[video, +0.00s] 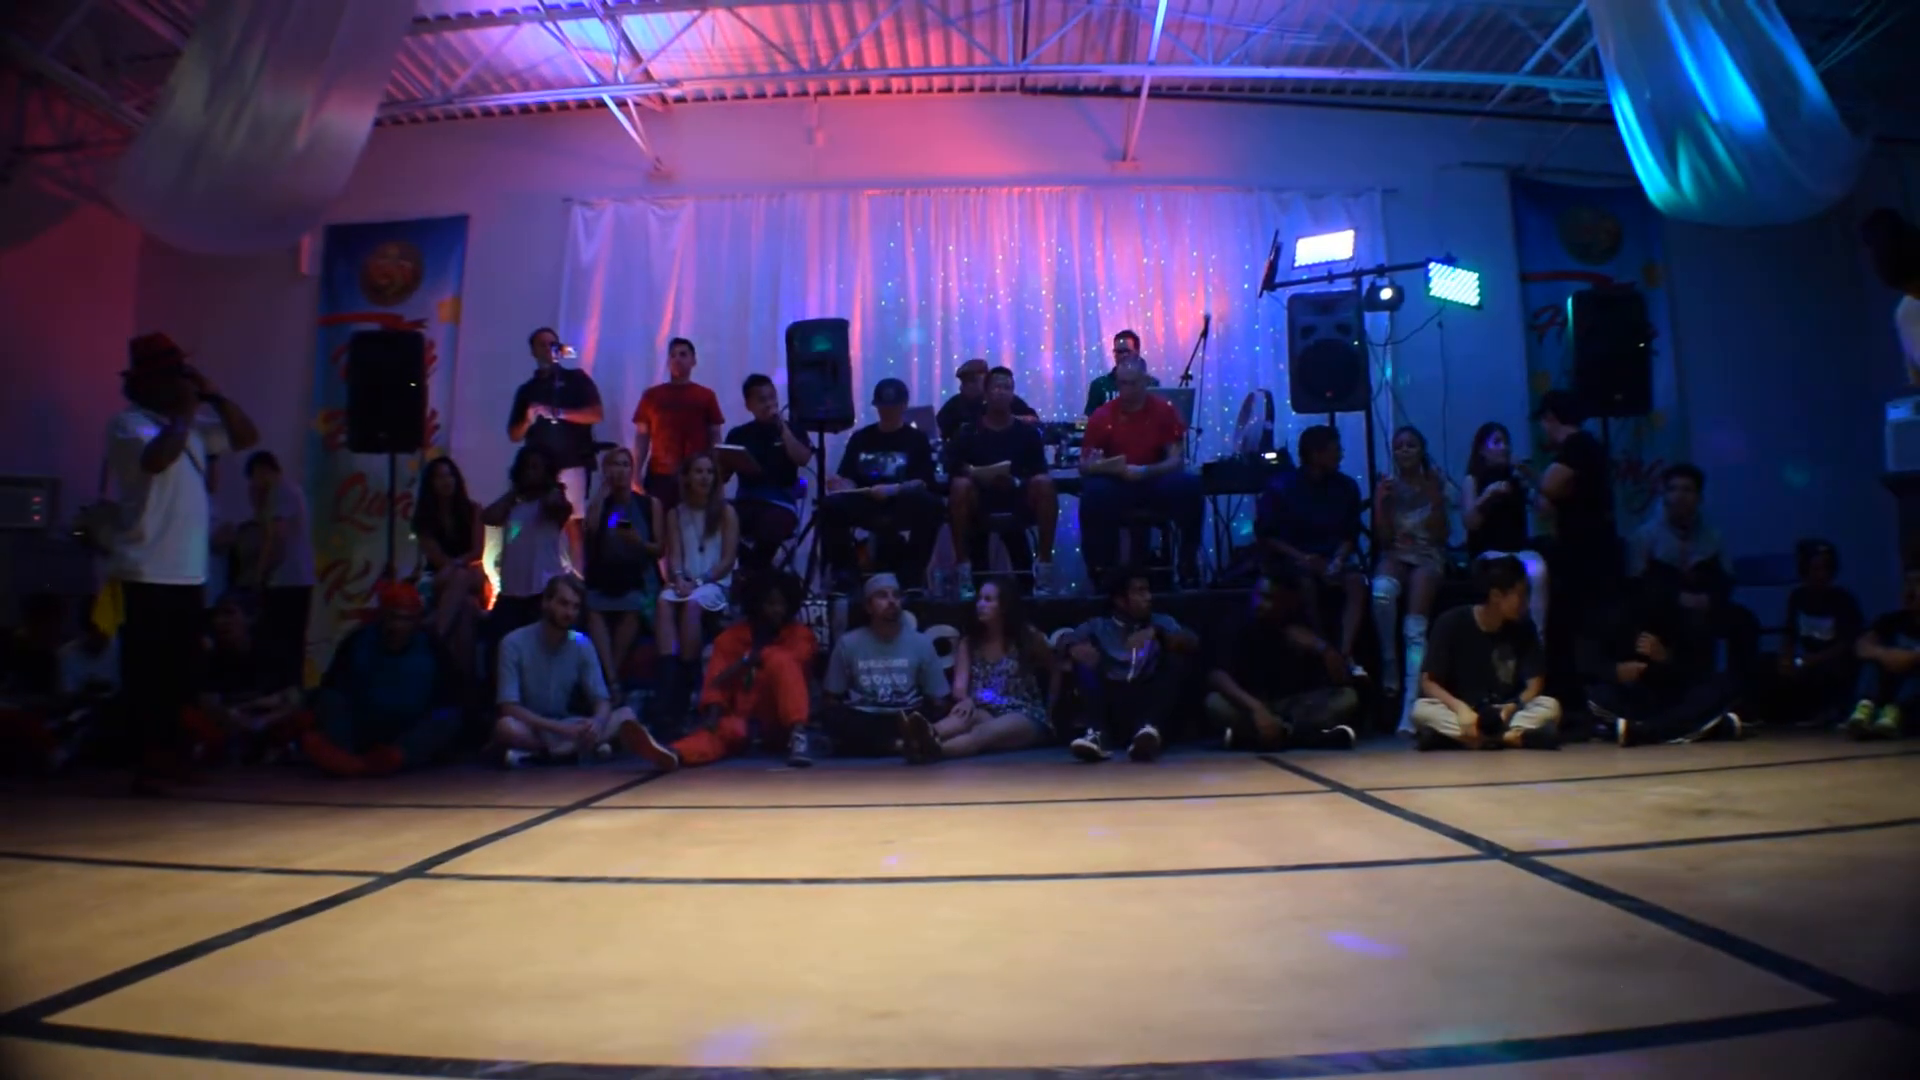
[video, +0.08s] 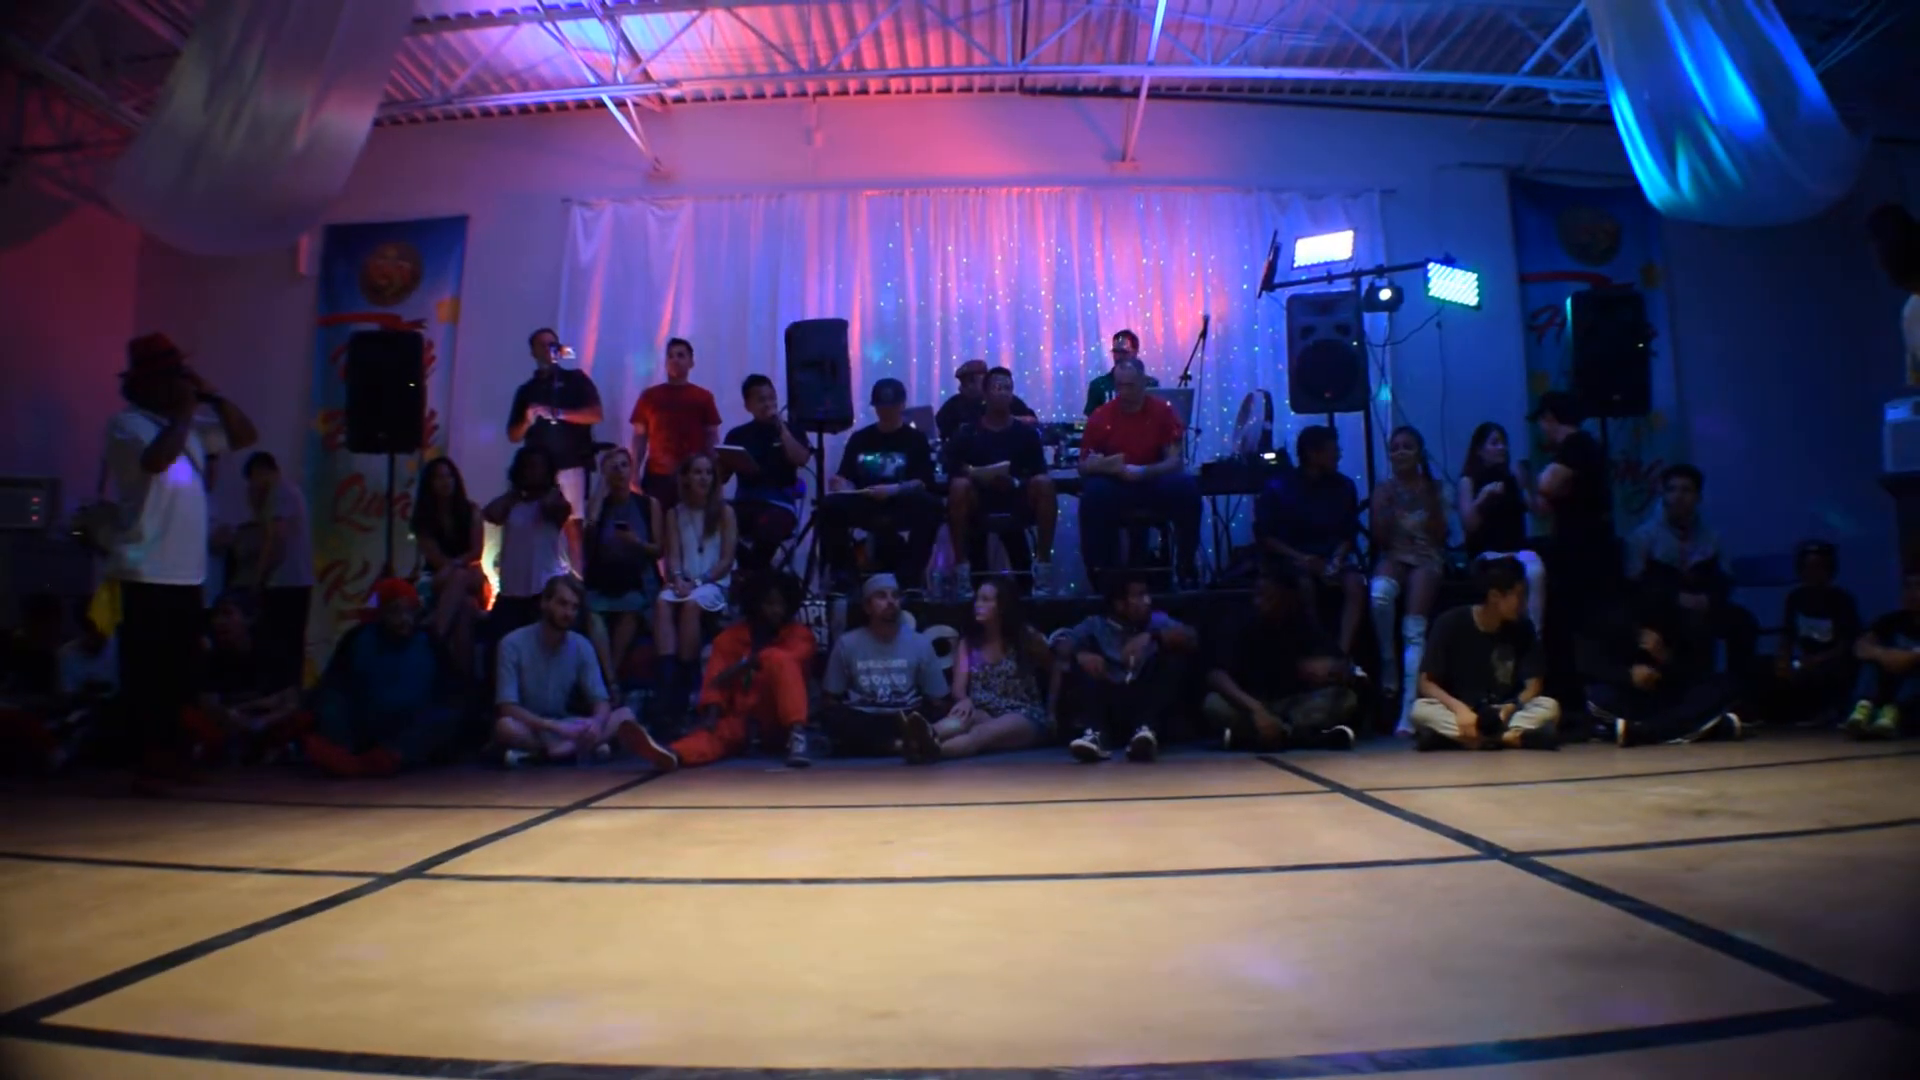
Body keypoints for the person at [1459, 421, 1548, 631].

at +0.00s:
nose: (1501, 447)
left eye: (1504, 442)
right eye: (1495, 442)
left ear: (1509, 446)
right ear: (1481, 448)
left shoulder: (1517, 475)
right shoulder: (1474, 478)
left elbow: (1544, 506)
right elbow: (1470, 519)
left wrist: (1530, 482)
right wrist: (1488, 494)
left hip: (1519, 546)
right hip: (1488, 547)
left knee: (1537, 569)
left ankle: (1538, 635)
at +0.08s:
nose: (1500, 448)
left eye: (1503, 442)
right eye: (1494, 443)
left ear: (1507, 447)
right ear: (1479, 449)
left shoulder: (1514, 473)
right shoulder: (1469, 480)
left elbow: (1531, 506)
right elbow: (1469, 521)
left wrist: (1525, 484)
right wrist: (1484, 496)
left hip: (1518, 547)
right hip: (1486, 548)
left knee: (1535, 568)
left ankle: (1535, 631)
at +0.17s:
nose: (1500, 448)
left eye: (1502, 443)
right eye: (1493, 443)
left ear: (1507, 447)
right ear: (1478, 450)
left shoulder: (1513, 479)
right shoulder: (1468, 481)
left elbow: (1531, 510)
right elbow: (1467, 523)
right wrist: (1480, 496)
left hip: (1516, 547)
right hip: (1486, 548)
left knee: (1535, 570)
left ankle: (1532, 632)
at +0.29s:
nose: (1500, 448)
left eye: (1502, 442)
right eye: (1492, 443)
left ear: (1507, 447)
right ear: (1478, 449)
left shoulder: (1511, 480)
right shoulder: (1468, 481)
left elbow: (1530, 517)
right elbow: (1466, 522)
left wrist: (1530, 506)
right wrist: (1478, 498)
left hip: (1516, 547)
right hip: (1486, 547)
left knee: (1535, 571)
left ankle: (1529, 632)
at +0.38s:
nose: (1500, 448)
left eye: (1502, 442)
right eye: (1492, 443)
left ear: (1507, 447)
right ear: (1478, 449)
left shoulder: (1512, 479)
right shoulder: (1469, 481)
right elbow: (1466, 524)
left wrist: (1530, 506)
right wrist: (1476, 500)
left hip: (1517, 548)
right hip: (1485, 548)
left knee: (1536, 572)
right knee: (1513, 577)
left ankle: (1527, 632)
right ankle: (1505, 631)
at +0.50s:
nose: (1500, 447)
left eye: (1503, 441)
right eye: (1493, 442)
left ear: (1509, 446)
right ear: (1479, 449)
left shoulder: (1517, 479)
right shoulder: (1469, 483)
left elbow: (1534, 513)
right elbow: (1467, 526)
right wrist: (1475, 503)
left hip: (1519, 548)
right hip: (1487, 549)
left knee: (1536, 576)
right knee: (1510, 578)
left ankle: (1527, 636)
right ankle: (1502, 634)